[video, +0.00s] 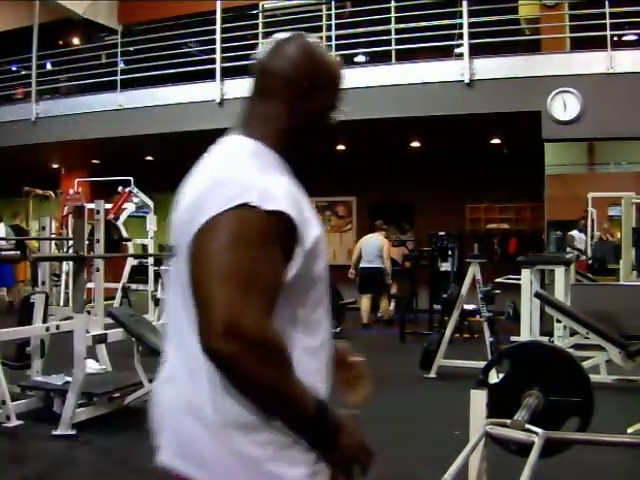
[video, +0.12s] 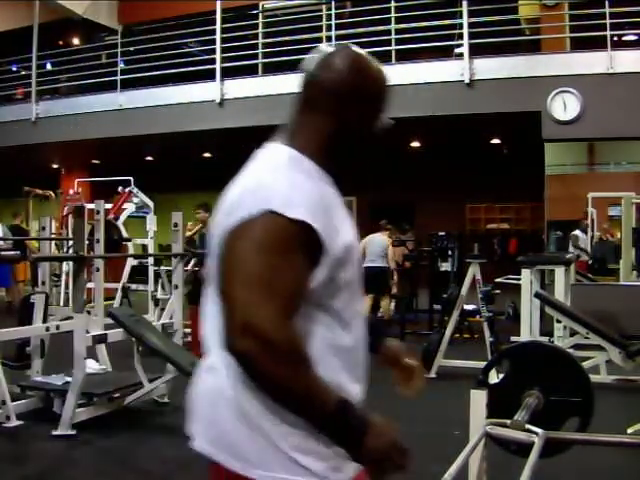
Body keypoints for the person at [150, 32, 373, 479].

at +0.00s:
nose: (332, 129)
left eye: (333, 112)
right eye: (329, 111)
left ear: (261, 93)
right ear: (303, 102)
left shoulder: (224, 167)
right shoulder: (250, 182)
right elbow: (233, 334)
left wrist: (320, 355)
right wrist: (327, 430)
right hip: (246, 460)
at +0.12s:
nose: (376, 132)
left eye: (377, 118)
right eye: (373, 117)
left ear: (309, 99)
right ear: (351, 114)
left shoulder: (298, 182)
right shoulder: (283, 189)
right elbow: (256, 334)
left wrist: (376, 344)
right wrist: (355, 430)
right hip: (276, 457)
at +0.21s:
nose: (402, 142)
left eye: (405, 127)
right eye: (399, 126)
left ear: (340, 109)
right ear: (373, 120)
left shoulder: (323, 191)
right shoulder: (309, 201)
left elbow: (335, 312)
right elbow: (286, 346)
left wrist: (409, 351)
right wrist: (382, 438)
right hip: (303, 460)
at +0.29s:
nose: (426, 154)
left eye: (428, 141)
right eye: (423, 140)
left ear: (365, 118)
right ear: (396, 132)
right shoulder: (335, 212)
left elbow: (368, 315)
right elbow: (323, 355)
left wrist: (437, 363)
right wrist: (414, 449)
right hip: (330, 460)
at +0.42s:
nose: (447, 157)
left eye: (452, 145)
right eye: (447, 142)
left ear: (392, 113)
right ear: (428, 133)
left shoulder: (375, 192)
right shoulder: (355, 207)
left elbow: (404, 309)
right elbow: (373, 349)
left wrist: (459, 371)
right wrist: (439, 448)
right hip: (352, 442)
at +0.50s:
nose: (468, 156)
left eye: (473, 143)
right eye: (469, 142)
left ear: (416, 116)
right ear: (446, 133)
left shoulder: (395, 190)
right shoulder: (374, 204)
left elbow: (422, 311)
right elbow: (392, 345)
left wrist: (475, 379)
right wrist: (452, 445)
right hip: (360, 435)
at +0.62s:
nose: (499, 179)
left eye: (502, 166)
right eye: (497, 163)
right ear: (467, 150)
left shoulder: (436, 213)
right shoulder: (395, 214)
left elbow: (460, 323)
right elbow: (409, 348)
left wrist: (498, 397)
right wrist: (462, 458)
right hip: (354, 427)